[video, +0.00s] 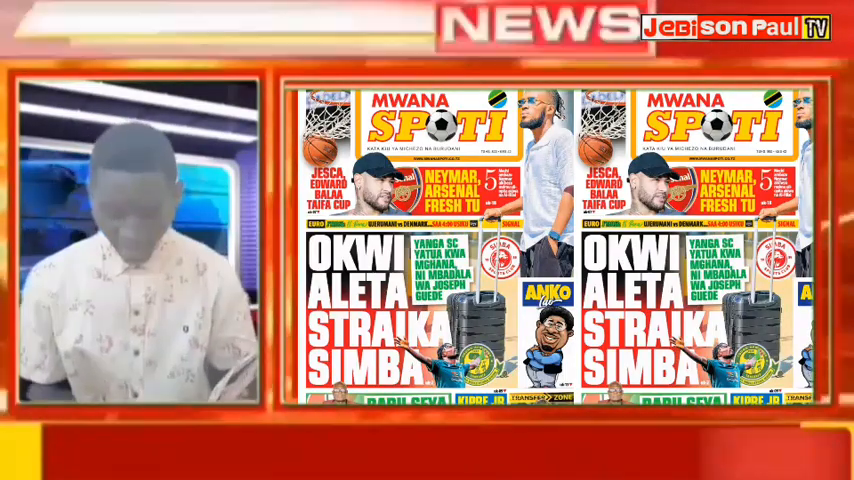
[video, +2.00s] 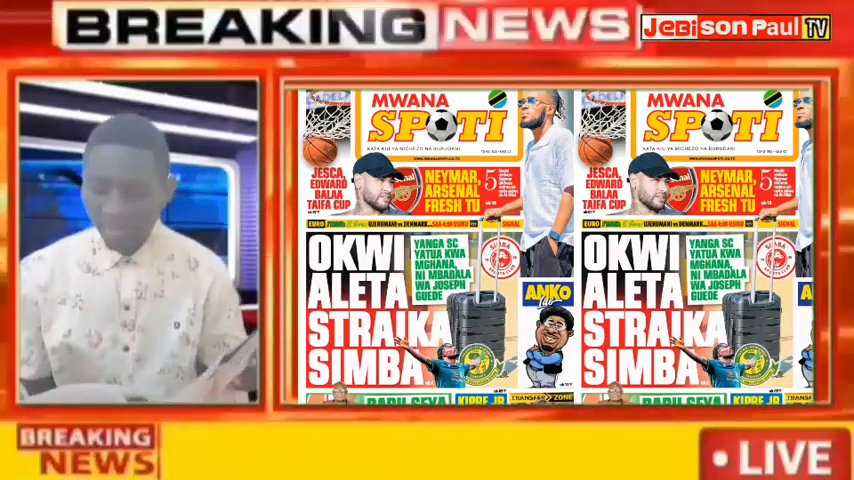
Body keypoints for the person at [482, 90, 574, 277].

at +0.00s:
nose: (523, 107)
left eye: (531, 101)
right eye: (522, 103)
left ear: (549, 110)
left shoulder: (563, 138)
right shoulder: (531, 147)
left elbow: (571, 192)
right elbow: (532, 196)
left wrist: (553, 238)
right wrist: (502, 211)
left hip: (552, 242)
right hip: (530, 243)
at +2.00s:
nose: (523, 107)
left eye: (531, 101)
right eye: (522, 103)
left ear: (549, 110)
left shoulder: (563, 138)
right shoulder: (531, 147)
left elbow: (571, 192)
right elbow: (532, 196)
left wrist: (553, 238)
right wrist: (502, 211)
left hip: (552, 242)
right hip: (530, 243)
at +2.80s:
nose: (523, 107)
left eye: (531, 101)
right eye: (522, 103)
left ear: (549, 110)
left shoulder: (563, 139)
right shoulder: (531, 147)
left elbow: (571, 192)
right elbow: (532, 196)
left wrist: (553, 238)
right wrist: (502, 211)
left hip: (552, 242)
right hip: (530, 243)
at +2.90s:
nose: (523, 107)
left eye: (531, 101)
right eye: (522, 103)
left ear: (549, 110)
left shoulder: (563, 138)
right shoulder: (531, 147)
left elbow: (571, 192)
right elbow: (532, 196)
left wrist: (553, 238)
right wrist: (502, 211)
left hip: (552, 242)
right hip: (530, 243)